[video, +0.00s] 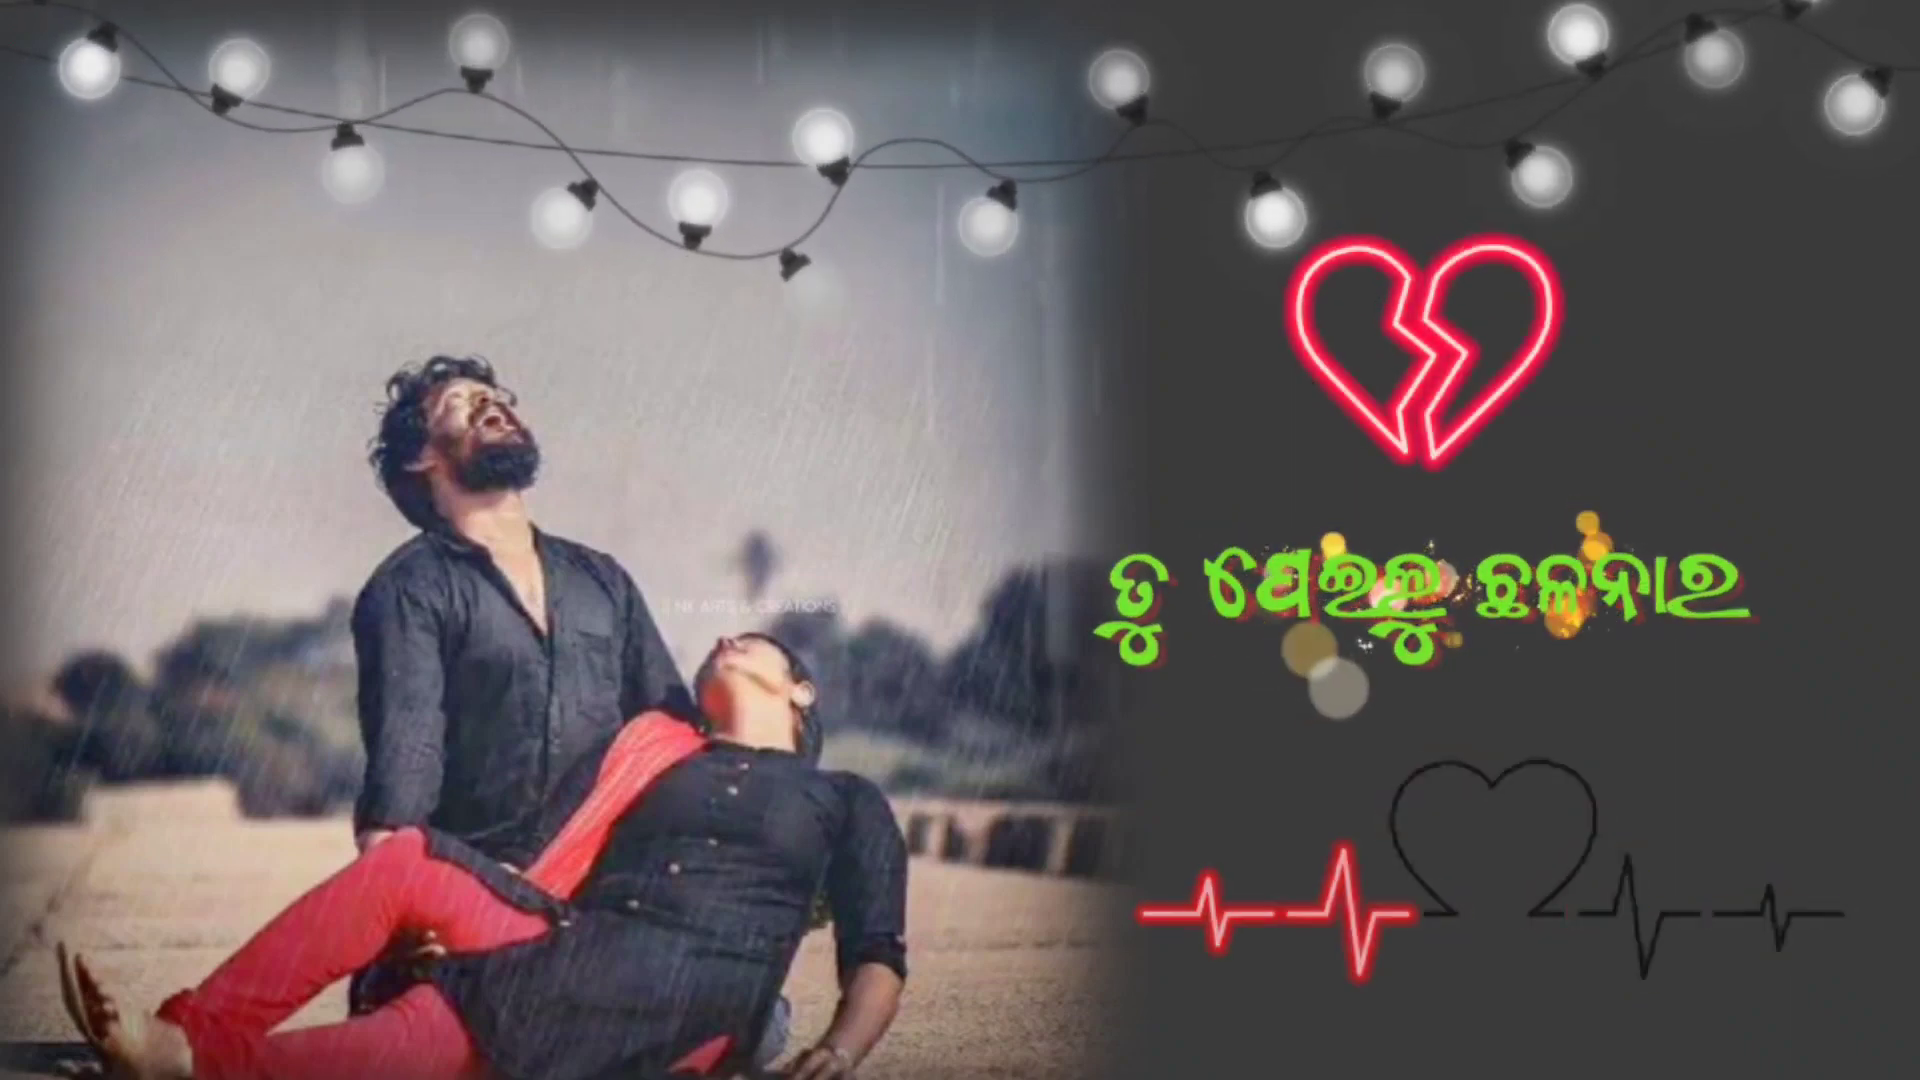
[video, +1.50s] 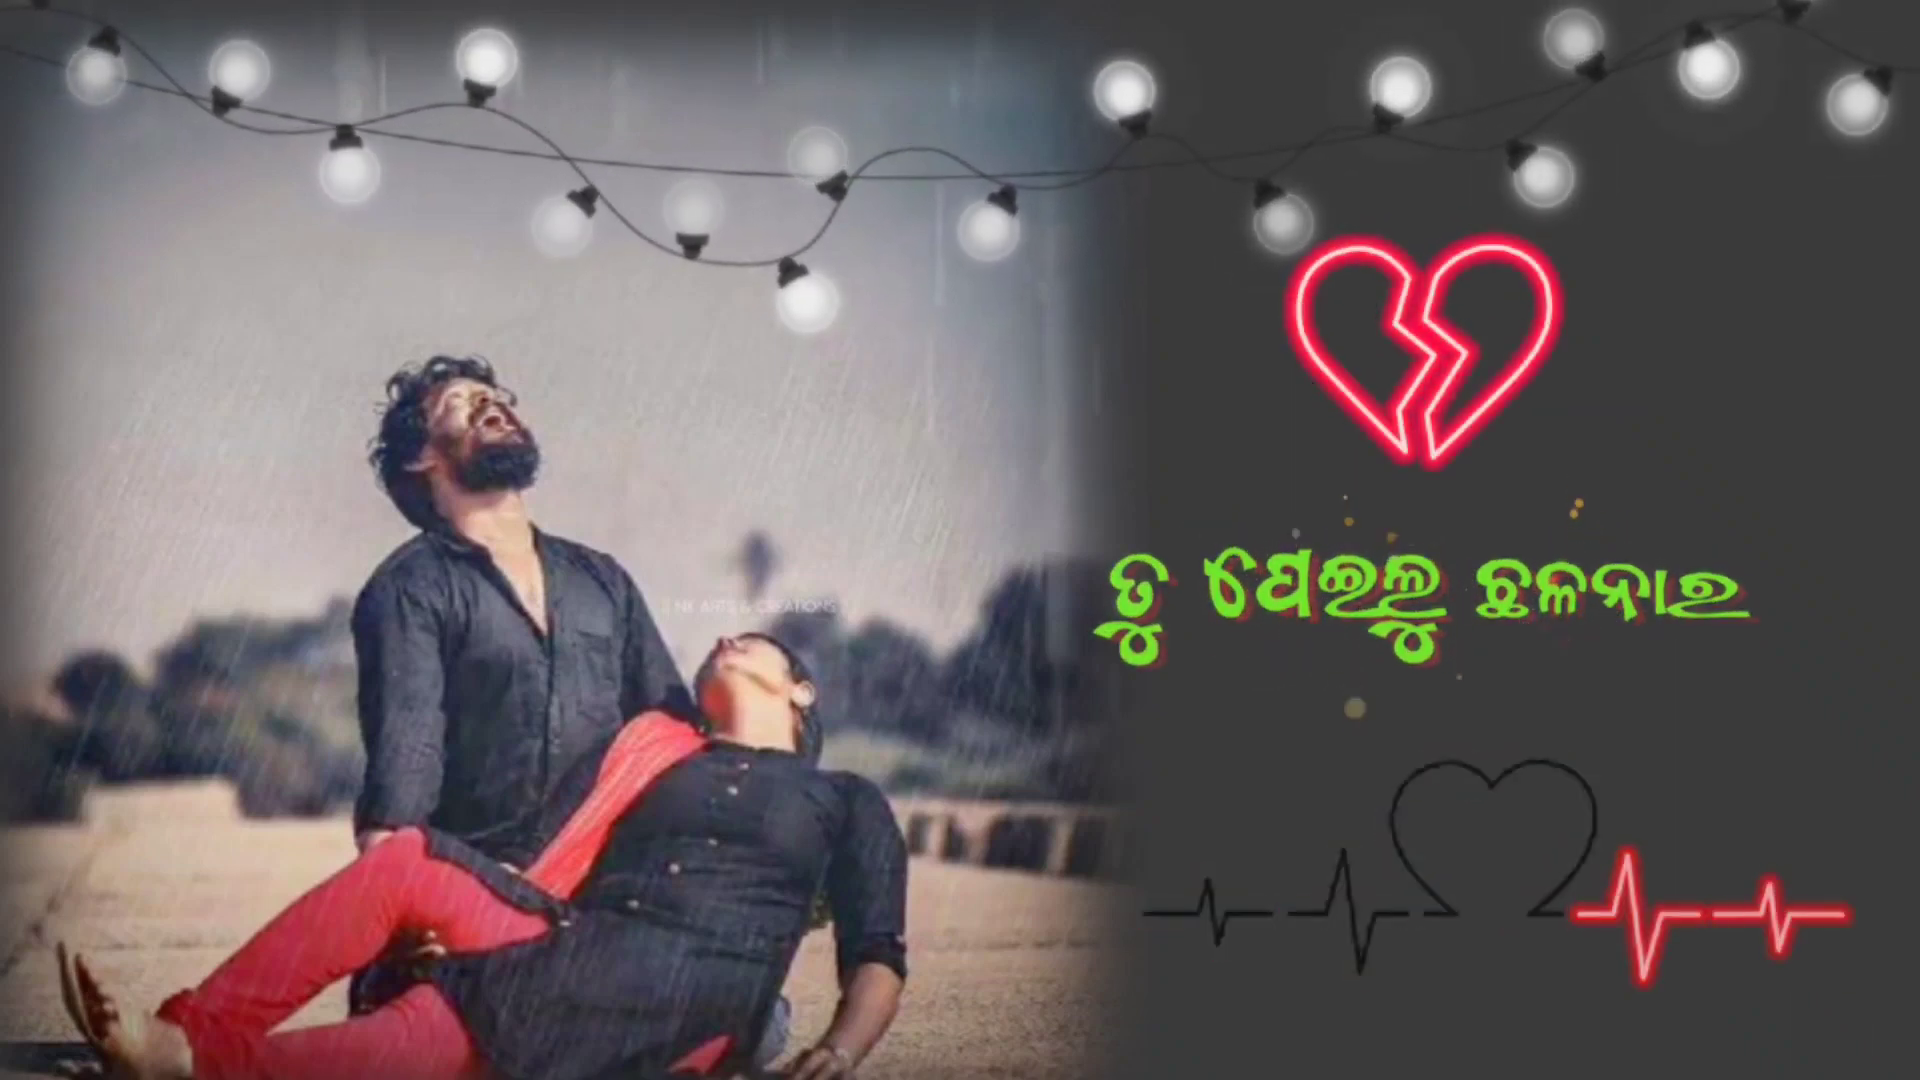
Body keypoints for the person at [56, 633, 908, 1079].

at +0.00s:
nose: (721, 660)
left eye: (749, 656)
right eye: (717, 659)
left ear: (799, 699)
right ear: (709, 698)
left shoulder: (844, 798)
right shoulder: (662, 755)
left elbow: (879, 967)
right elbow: (574, 892)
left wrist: (836, 1063)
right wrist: (455, 949)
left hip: (693, 982)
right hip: (587, 946)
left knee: (451, 1028)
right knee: (400, 859)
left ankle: (187, 1058)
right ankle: (178, 1041)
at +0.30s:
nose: (721, 660)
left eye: (749, 656)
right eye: (716, 659)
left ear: (799, 699)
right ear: (709, 698)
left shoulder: (844, 798)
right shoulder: (662, 755)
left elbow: (879, 967)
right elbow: (574, 892)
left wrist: (835, 1063)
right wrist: (455, 949)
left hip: (693, 982)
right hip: (587, 945)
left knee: (451, 1028)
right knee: (400, 859)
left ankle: (188, 1058)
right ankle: (177, 1040)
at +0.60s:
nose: (722, 660)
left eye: (749, 656)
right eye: (717, 659)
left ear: (799, 699)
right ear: (709, 698)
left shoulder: (844, 798)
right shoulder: (662, 755)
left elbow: (879, 967)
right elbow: (574, 892)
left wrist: (835, 1063)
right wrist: (455, 949)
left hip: (693, 982)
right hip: (587, 945)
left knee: (451, 1028)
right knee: (400, 859)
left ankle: (188, 1058)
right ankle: (178, 1040)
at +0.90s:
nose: (721, 660)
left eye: (749, 656)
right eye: (716, 659)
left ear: (799, 699)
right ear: (709, 699)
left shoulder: (844, 798)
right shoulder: (662, 755)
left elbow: (879, 967)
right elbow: (574, 892)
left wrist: (836, 1063)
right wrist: (455, 949)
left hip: (693, 982)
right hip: (587, 945)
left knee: (451, 1028)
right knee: (400, 859)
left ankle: (187, 1058)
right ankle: (178, 1041)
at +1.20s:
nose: (721, 658)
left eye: (748, 654)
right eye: (716, 657)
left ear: (799, 699)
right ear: (709, 699)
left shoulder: (844, 798)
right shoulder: (662, 753)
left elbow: (879, 969)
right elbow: (572, 891)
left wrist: (833, 1065)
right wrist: (455, 946)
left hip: (691, 984)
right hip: (585, 945)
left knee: (450, 1029)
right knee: (400, 862)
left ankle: (188, 1058)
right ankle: (179, 1041)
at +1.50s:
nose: (722, 660)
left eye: (749, 656)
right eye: (717, 659)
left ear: (799, 699)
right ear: (709, 698)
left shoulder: (844, 798)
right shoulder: (662, 755)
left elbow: (879, 967)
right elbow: (574, 892)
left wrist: (836, 1063)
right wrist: (455, 949)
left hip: (693, 982)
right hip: (587, 946)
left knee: (451, 1028)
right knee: (400, 859)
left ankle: (187, 1058)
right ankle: (177, 1040)